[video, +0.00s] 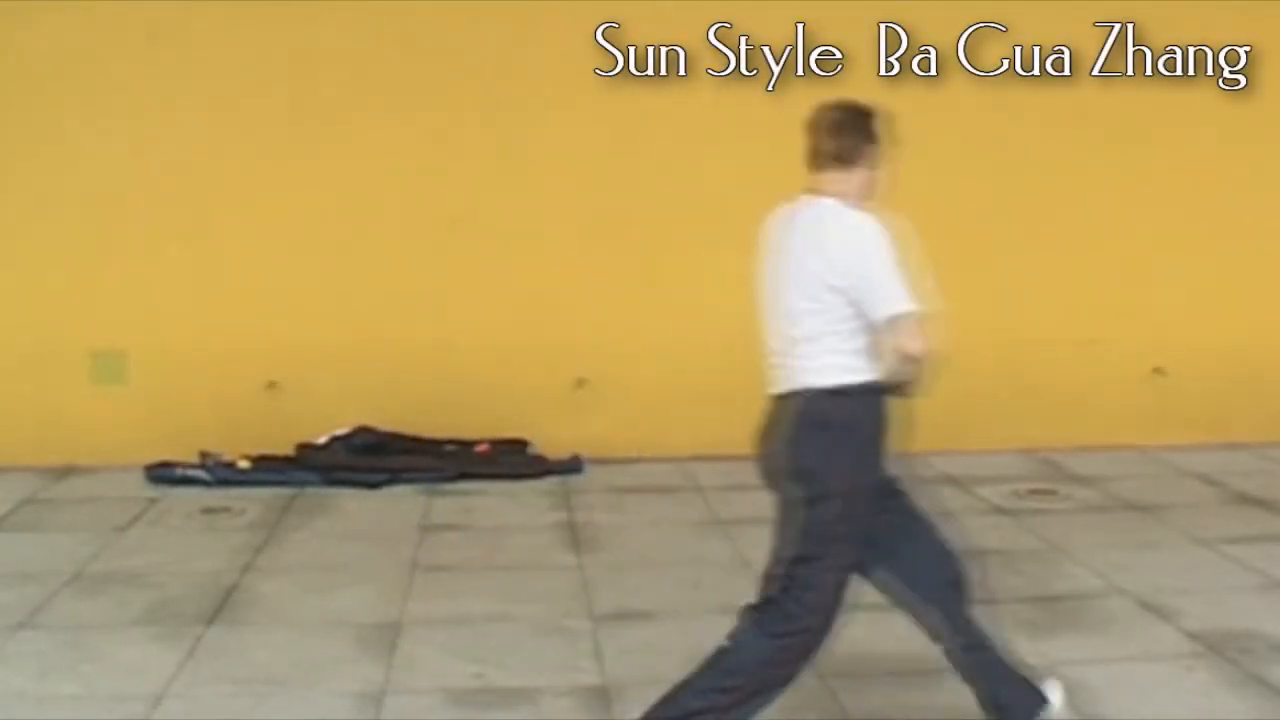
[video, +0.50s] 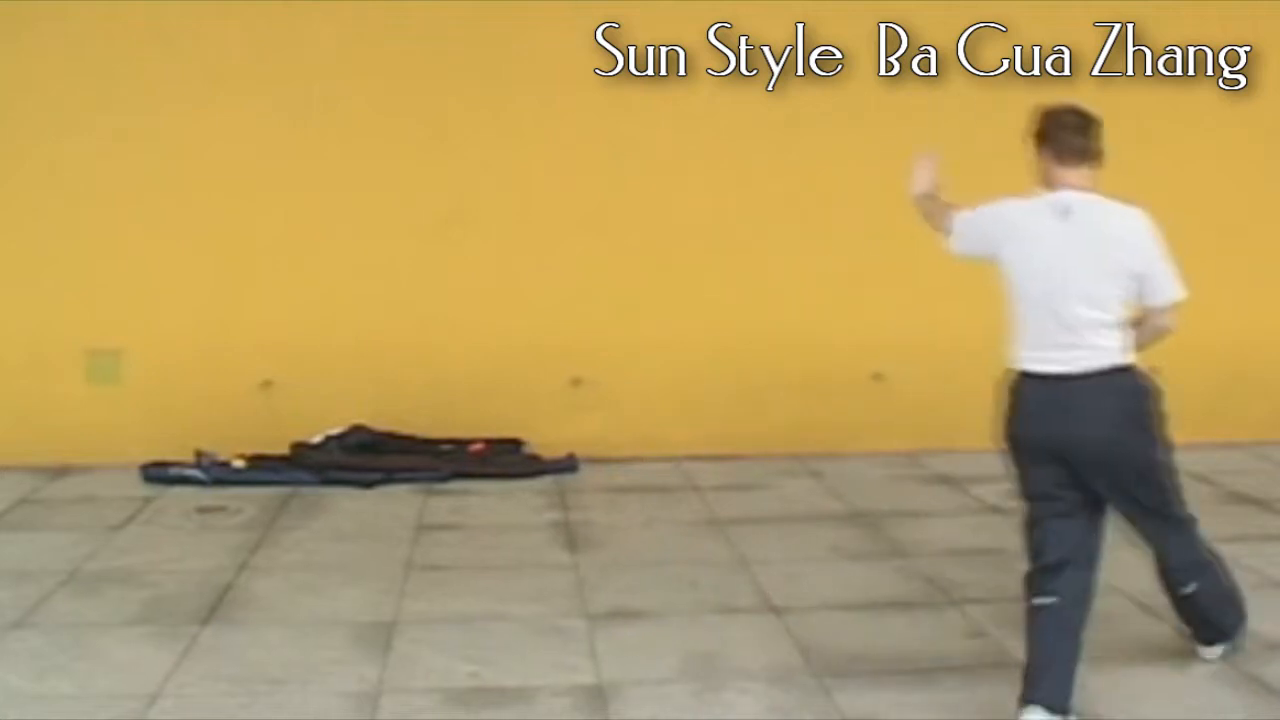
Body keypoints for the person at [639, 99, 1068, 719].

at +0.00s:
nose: (880, 176)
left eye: (878, 164)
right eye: (878, 164)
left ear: (817, 159)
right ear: (866, 162)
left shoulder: (781, 224)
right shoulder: (856, 228)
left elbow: (802, 331)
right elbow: (906, 346)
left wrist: (877, 358)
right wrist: (898, 379)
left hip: (794, 426)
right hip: (838, 429)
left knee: (926, 575)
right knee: (792, 620)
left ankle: (1023, 704)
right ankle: (672, 715)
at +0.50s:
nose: (1047, 165)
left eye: (1043, 155)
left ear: (1042, 157)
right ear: (1098, 158)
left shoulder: (1015, 219)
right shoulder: (1129, 222)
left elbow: (952, 225)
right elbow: (1163, 316)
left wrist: (923, 195)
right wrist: (1111, 347)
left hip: (1035, 405)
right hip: (1112, 402)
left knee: (1056, 561)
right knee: (1166, 523)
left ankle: (1043, 703)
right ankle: (1220, 627)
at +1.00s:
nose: (1074, 164)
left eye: (1079, 153)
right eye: (1075, 153)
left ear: (1103, 154)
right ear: (1127, 157)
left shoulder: (1086, 210)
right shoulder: (1175, 211)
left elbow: (994, 216)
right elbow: (1177, 295)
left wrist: (922, 196)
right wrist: (1091, 324)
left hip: (1108, 367)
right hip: (1174, 359)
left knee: (1112, 468)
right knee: (1183, 486)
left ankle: (1125, 559)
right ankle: (1206, 619)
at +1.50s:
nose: (955, 173)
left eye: (961, 163)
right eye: (955, 163)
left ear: (989, 164)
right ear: (997, 166)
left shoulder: (994, 208)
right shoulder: (1028, 207)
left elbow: (916, 217)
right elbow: (1012, 278)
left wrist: (839, 203)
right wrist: (958, 308)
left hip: (1002, 342)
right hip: (1027, 337)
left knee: (1004, 438)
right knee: (972, 415)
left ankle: (1075, 538)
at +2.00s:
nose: (799, 174)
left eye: (806, 164)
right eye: (796, 165)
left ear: (832, 163)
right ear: (826, 167)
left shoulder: (843, 205)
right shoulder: (836, 207)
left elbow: (790, 210)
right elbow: (817, 260)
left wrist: (735, 191)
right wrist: (790, 293)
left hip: (833, 320)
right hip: (836, 318)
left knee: (769, 405)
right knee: (821, 412)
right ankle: (865, 494)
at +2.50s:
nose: (629, 165)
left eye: (637, 158)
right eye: (625, 157)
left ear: (653, 162)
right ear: (616, 161)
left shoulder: (674, 202)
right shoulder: (621, 211)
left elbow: (669, 216)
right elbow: (600, 257)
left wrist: (640, 188)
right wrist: (602, 293)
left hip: (654, 313)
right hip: (619, 311)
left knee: (625, 410)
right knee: (570, 405)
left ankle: (644, 496)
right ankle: (591, 481)